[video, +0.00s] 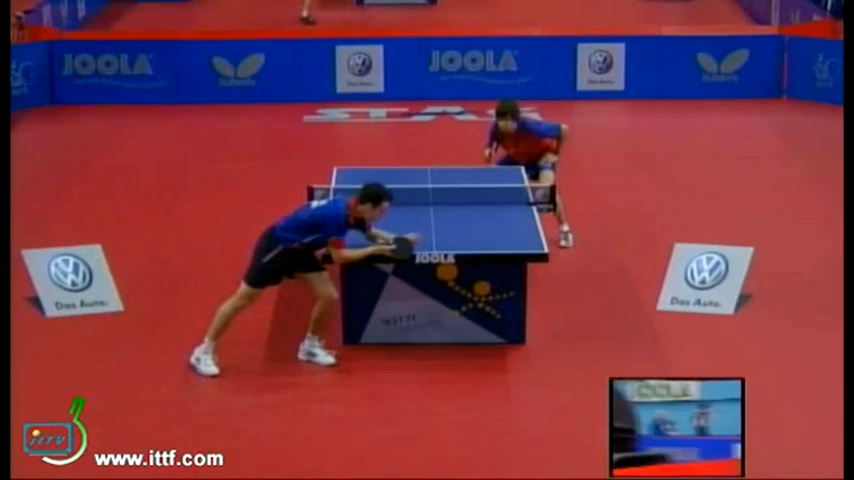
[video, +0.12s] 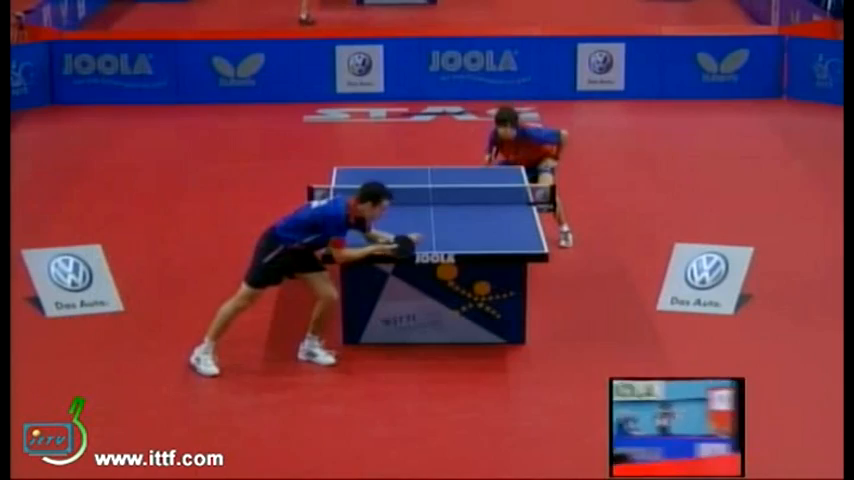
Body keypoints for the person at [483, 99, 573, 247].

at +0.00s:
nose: (505, 125)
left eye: (509, 121)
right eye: (502, 121)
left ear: (516, 119)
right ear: (498, 120)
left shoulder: (531, 127)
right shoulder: (497, 128)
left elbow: (563, 129)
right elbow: (493, 141)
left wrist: (556, 154)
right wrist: (489, 151)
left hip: (541, 158)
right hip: (516, 158)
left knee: (549, 191)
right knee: (493, 178)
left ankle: (564, 228)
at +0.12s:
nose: (504, 133)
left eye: (507, 129)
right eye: (501, 129)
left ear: (515, 127)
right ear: (498, 127)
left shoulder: (531, 134)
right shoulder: (497, 134)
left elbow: (562, 135)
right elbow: (491, 147)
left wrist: (556, 158)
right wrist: (489, 156)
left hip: (541, 161)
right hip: (515, 162)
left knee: (547, 192)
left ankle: (564, 229)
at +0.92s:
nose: (504, 108)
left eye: (508, 104)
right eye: (502, 104)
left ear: (516, 104)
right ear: (499, 105)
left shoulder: (531, 116)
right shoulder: (498, 117)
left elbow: (561, 129)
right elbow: (490, 138)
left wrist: (554, 153)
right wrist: (494, 155)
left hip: (536, 159)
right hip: (511, 159)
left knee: (546, 192)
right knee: (497, 190)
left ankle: (563, 228)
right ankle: (499, 232)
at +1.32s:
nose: (507, 82)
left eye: (511, 78)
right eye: (504, 78)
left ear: (519, 79)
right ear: (501, 79)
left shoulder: (532, 97)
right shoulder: (500, 96)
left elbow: (554, 117)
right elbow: (492, 113)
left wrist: (546, 144)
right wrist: (487, 128)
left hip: (529, 154)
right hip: (503, 151)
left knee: (543, 194)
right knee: (483, 185)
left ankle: (563, 229)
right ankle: (480, 229)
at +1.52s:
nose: (495, 84)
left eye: (498, 80)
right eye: (492, 79)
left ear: (505, 81)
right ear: (487, 80)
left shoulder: (517, 98)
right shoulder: (483, 97)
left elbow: (536, 116)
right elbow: (466, 111)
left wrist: (534, 142)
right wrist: (463, 129)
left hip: (514, 156)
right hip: (486, 154)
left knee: (534, 192)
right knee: (469, 190)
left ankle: (558, 228)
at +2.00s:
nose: (494, 103)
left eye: (498, 99)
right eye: (491, 98)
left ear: (504, 100)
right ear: (487, 99)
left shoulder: (516, 116)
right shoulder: (480, 114)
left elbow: (541, 135)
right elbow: (454, 131)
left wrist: (540, 150)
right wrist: (457, 144)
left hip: (509, 167)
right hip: (483, 167)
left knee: (526, 199)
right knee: (476, 202)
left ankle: (537, 231)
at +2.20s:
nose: (499, 114)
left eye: (503, 110)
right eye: (496, 109)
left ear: (509, 110)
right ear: (490, 107)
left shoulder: (516, 122)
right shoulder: (480, 120)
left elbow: (537, 143)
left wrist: (536, 150)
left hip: (502, 169)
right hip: (478, 169)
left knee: (518, 201)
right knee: (474, 205)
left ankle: (535, 231)